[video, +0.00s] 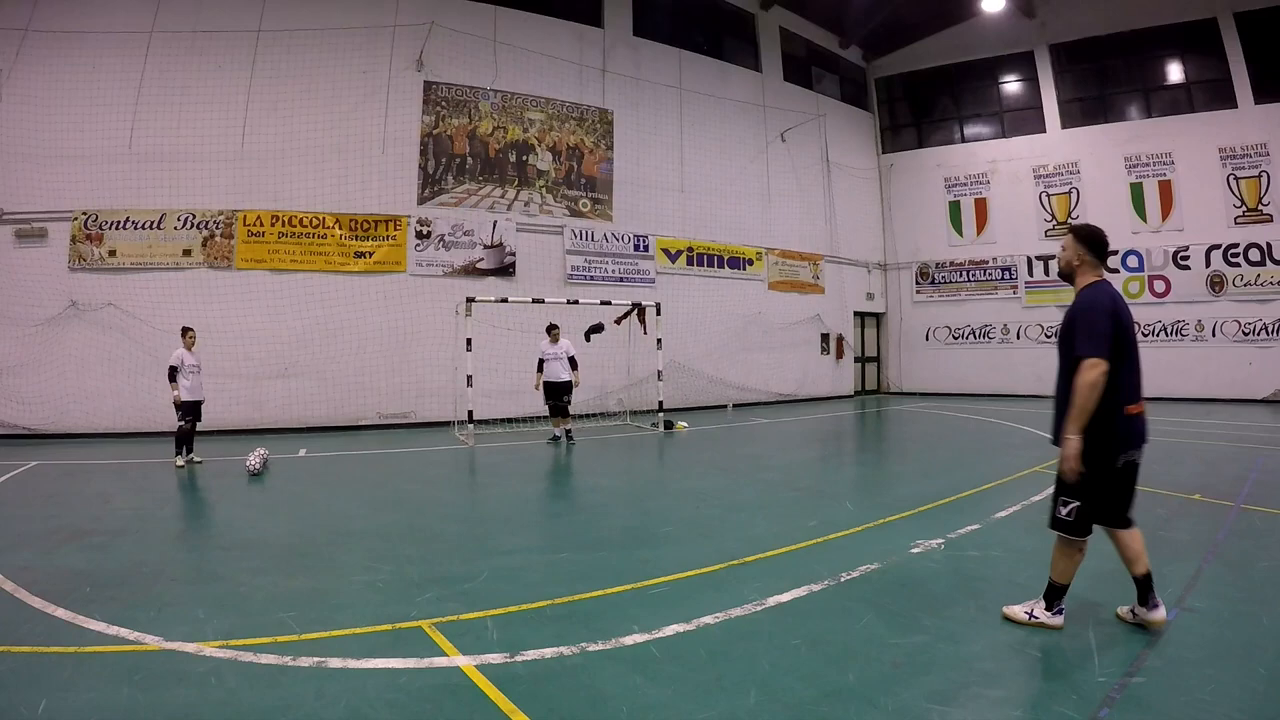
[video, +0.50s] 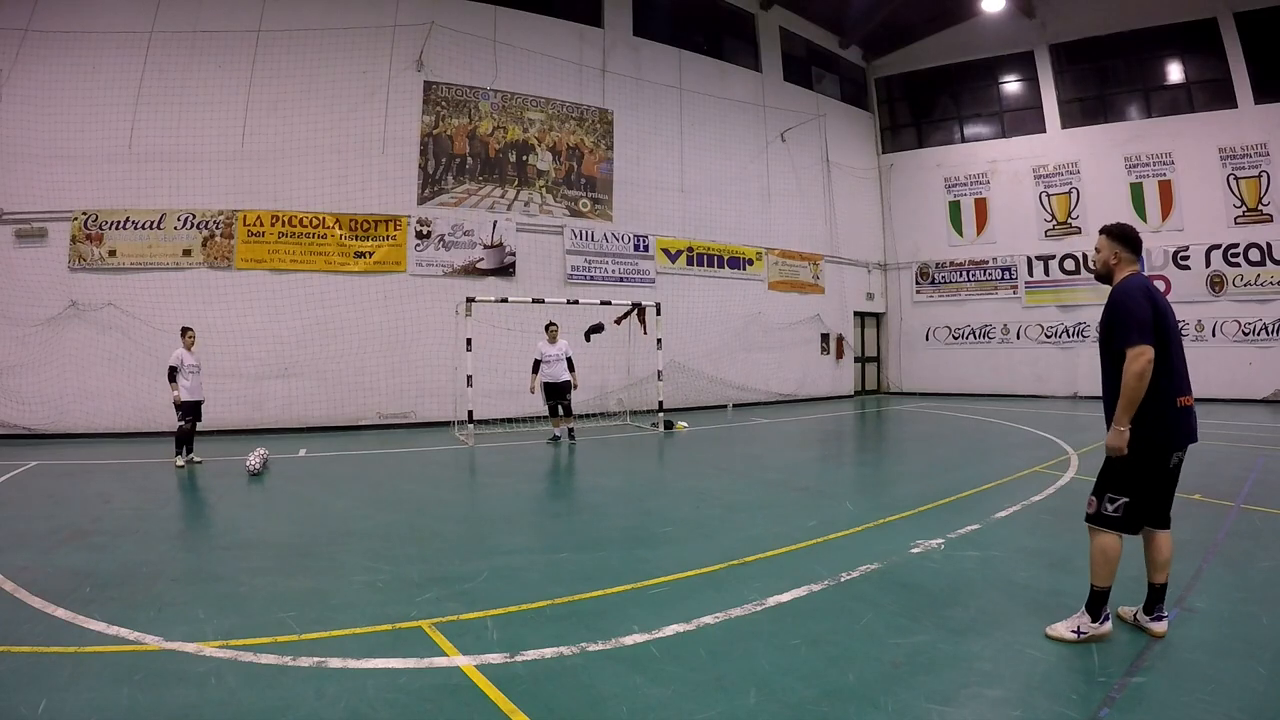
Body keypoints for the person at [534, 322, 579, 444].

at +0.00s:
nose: (557, 336)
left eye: (558, 334)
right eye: (554, 335)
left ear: (560, 333)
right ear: (549, 335)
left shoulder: (566, 344)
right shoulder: (544, 345)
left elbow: (572, 360)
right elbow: (540, 363)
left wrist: (576, 377)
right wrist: (538, 380)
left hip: (564, 380)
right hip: (549, 381)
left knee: (564, 407)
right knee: (552, 409)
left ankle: (568, 433)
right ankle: (557, 434)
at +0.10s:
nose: (556, 333)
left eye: (557, 331)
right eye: (553, 331)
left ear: (559, 331)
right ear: (548, 333)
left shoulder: (565, 344)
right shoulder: (543, 345)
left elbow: (572, 360)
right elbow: (539, 362)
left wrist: (575, 376)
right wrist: (538, 378)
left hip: (564, 380)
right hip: (548, 381)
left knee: (564, 407)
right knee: (552, 409)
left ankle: (568, 433)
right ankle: (557, 433)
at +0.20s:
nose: (554, 331)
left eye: (556, 329)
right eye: (551, 330)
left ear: (559, 330)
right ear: (547, 332)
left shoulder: (565, 343)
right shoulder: (542, 345)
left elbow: (571, 360)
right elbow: (538, 362)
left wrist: (575, 377)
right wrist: (537, 379)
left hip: (564, 380)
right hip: (548, 381)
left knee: (564, 408)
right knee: (552, 409)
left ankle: (568, 432)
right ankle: (557, 433)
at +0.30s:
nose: (554, 332)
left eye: (556, 329)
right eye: (551, 330)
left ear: (558, 331)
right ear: (547, 332)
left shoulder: (564, 344)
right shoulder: (541, 346)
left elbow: (570, 361)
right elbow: (537, 363)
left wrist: (574, 378)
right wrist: (535, 381)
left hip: (564, 380)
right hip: (548, 381)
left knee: (564, 407)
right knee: (552, 409)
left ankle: (569, 432)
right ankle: (557, 433)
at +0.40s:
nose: (554, 333)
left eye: (555, 330)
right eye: (551, 331)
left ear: (558, 331)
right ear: (547, 332)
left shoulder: (564, 344)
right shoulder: (541, 346)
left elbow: (570, 362)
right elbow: (537, 364)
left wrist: (574, 378)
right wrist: (533, 382)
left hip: (563, 380)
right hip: (548, 382)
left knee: (565, 407)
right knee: (552, 409)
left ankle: (569, 431)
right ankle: (557, 433)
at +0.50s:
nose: (554, 333)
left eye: (555, 331)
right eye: (551, 331)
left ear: (558, 332)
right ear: (547, 333)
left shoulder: (564, 344)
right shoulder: (541, 346)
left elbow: (570, 362)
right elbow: (536, 364)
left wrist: (574, 379)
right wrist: (532, 382)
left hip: (563, 380)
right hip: (548, 382)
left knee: (566, 407)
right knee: (552, 409)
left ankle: (571, 431)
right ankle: (557, 433)